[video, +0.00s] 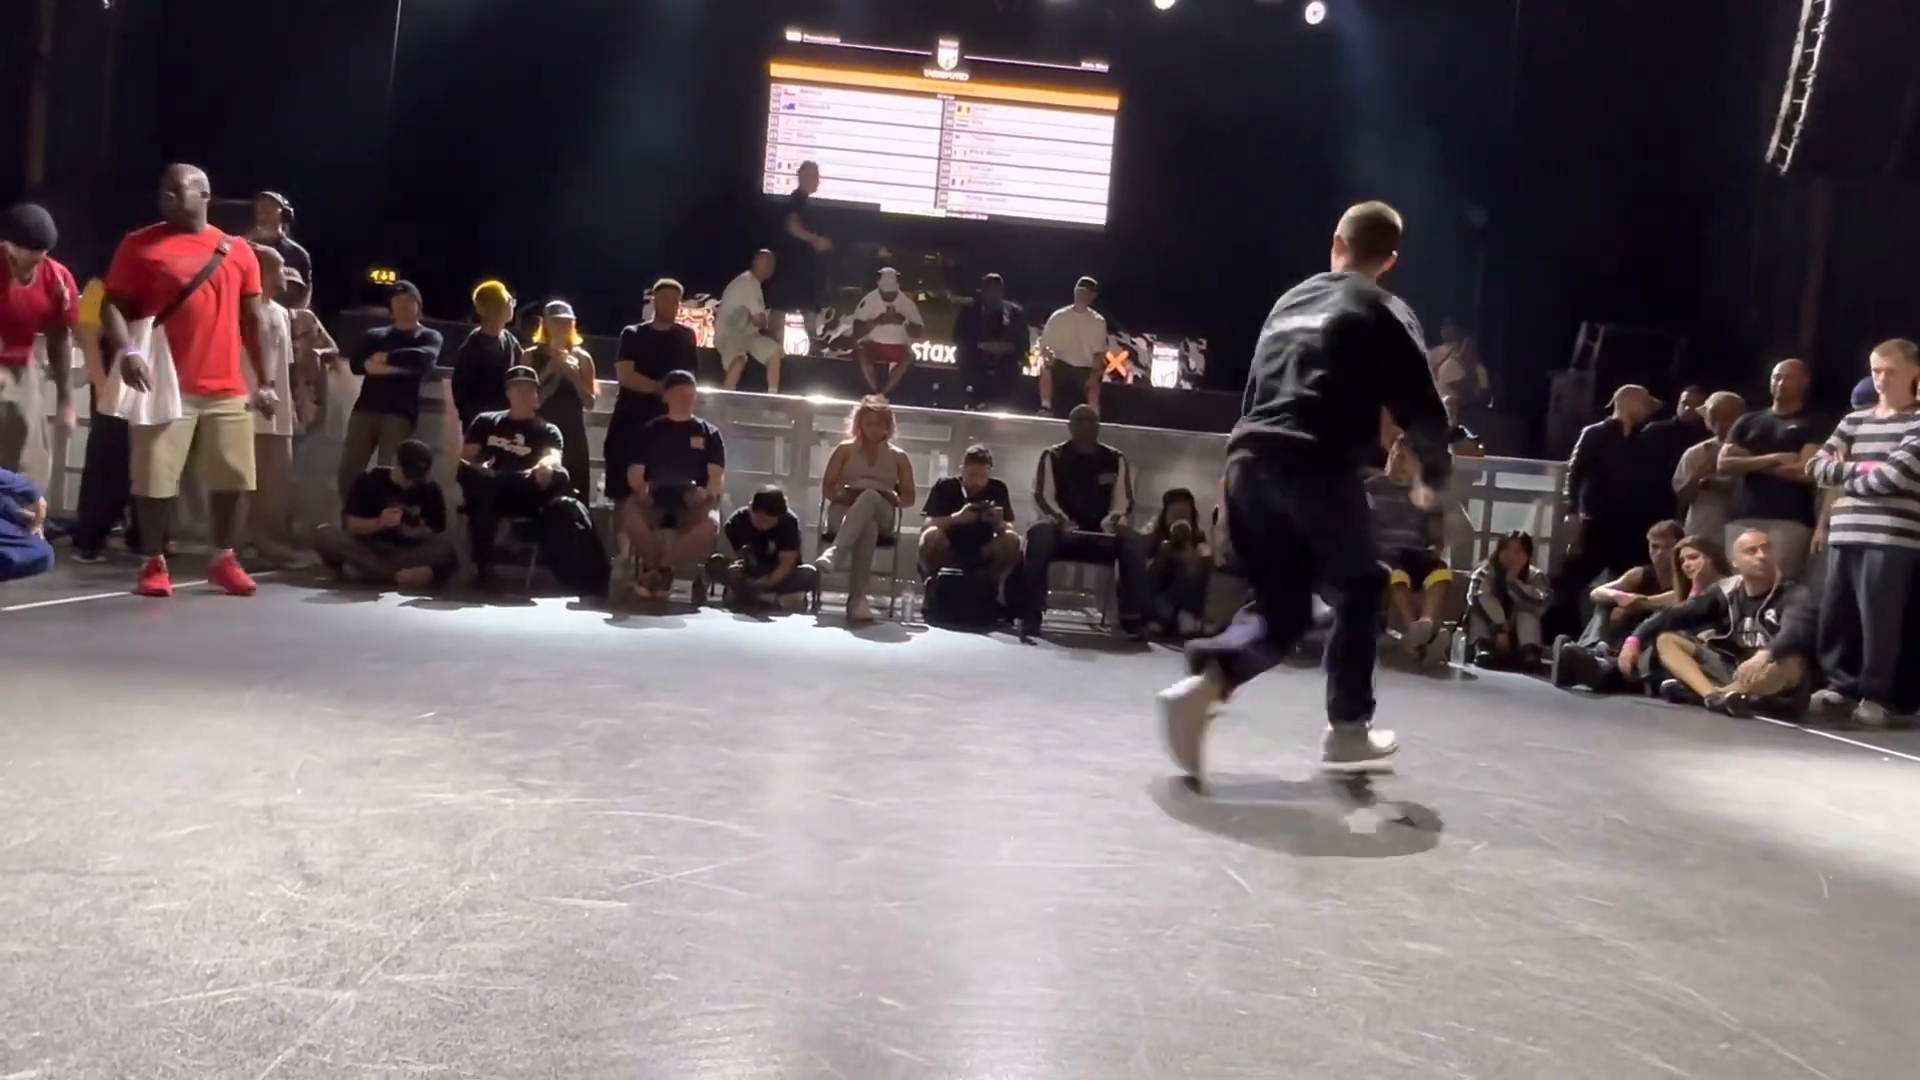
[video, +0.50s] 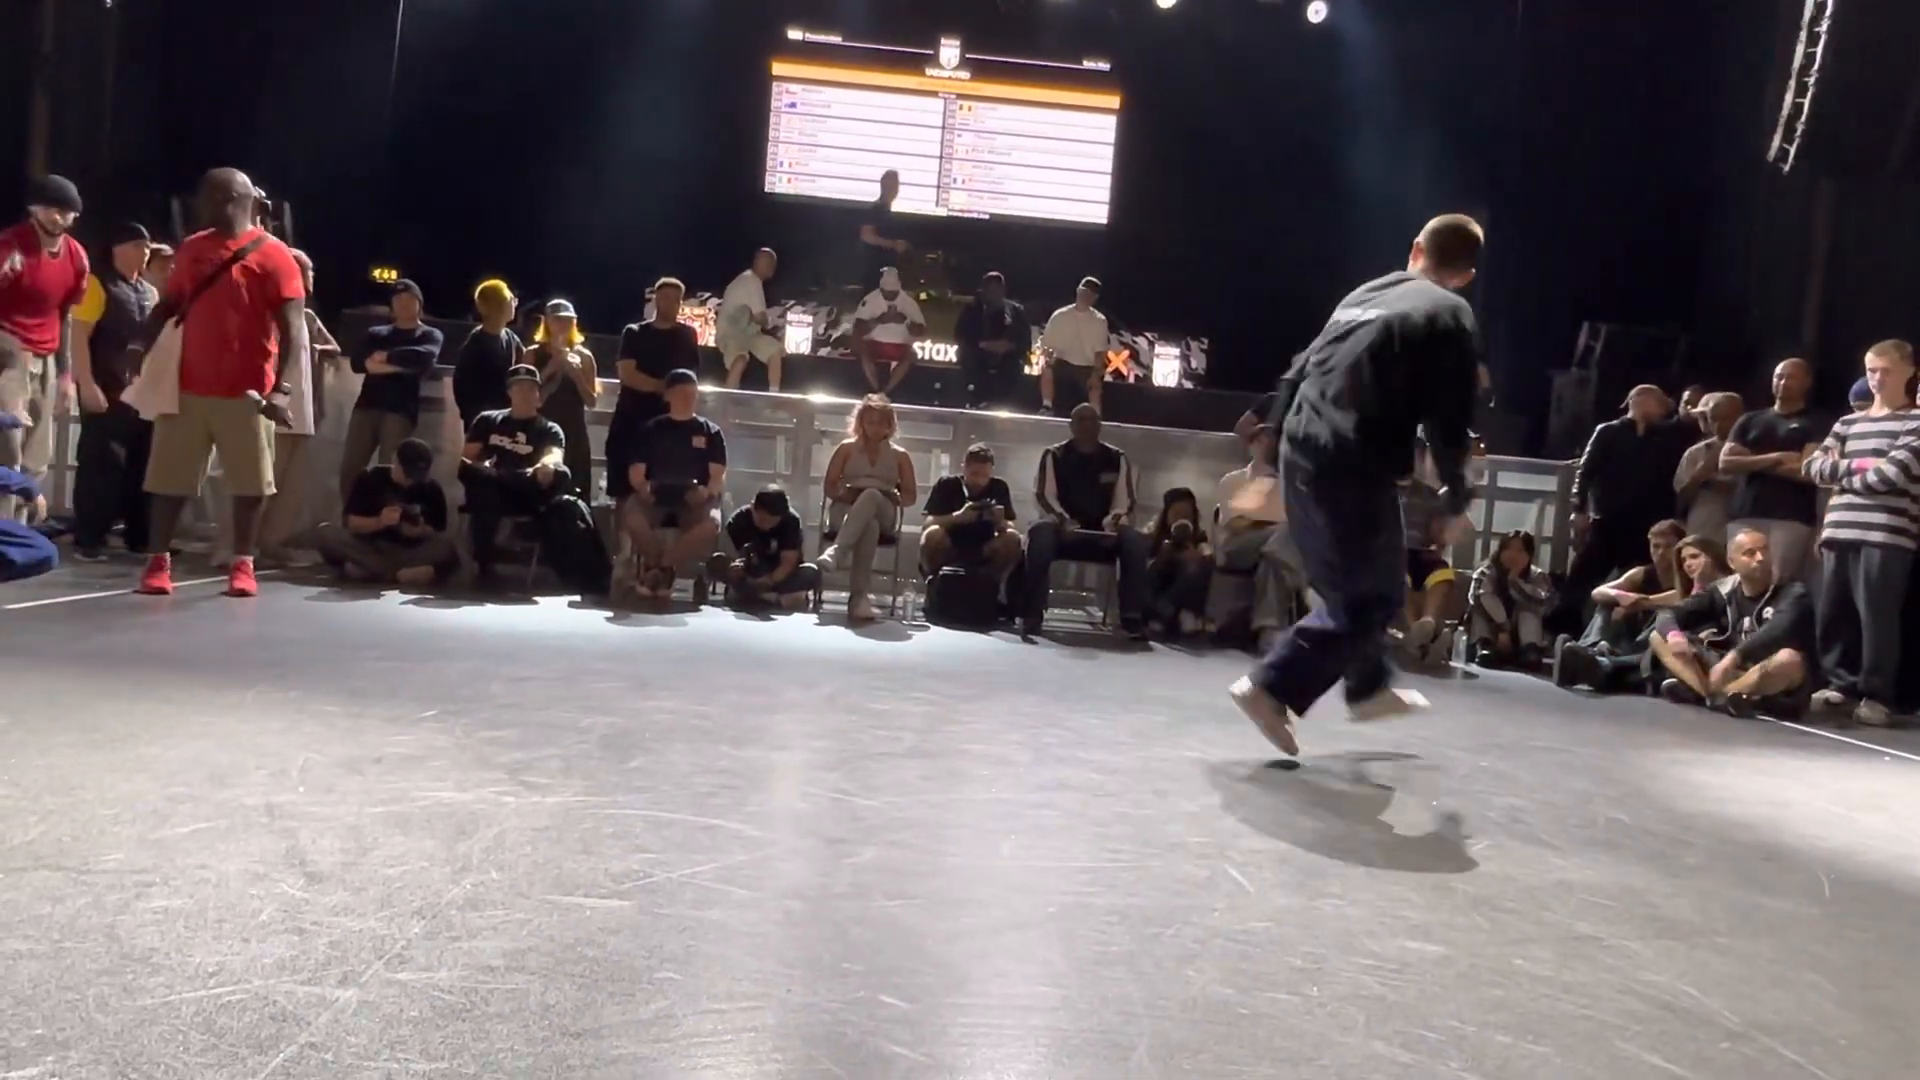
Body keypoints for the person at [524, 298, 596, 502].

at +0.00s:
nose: (562, 326)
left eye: (567, 321)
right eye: (556, 320)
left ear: (573, 324)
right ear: (545, 323)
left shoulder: (583, 358)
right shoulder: (531, 356)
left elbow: (589, 402)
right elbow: (529, 400)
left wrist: (573, 374)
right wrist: (553, 370)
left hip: (572, 431)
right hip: (540, 431)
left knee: (576, 492)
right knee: (538, 492)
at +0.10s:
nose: (563, 325)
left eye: (567, 320)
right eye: (557, 320)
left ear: (573, 324)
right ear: (546, 323)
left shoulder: (583, 357)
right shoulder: (532, 355)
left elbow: (590, 402)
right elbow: (531, 400)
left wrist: (573, 374)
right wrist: (553, 368)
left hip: (573, 430)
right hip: (540, 430)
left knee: (577, 492)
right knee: (539, 492)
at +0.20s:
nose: (563, 324)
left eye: (568, 319)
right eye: (557, 319)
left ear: (574, 323)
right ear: (547, 322)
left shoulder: (584, 357)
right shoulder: (533, 354)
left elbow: (591, 401)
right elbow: (531, 399)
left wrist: (575, 373)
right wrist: (554, 367)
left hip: (574, 429)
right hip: (541, 429)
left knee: (578, 491)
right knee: (540, 492)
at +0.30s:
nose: (563, 324)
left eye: (568, 319)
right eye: (557, 319)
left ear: (574, 323)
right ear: (547, 322)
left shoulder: (584, 356)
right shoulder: (533, 354)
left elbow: (591, 400)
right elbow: (530, 398)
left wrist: (574, 371)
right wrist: (553, 366)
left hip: (574, 428)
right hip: (541, 428)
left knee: (578, 490)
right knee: (540, 490)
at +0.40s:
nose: (562, 325)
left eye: (567, 319)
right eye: (557, 319)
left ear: (573, 323)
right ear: (547, 322)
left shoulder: (584, 357)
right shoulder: (533, 354)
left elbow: (591, 401)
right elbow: (529, 397)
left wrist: (575, 372)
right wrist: (553, 365)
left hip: (574, 429)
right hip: (541, 429)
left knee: (578, 491)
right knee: (539, 492)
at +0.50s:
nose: (563, 324)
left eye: (567, 319)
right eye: (557, 319)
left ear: (573, 323)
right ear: (547, 322)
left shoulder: (584, 356)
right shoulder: (533, 354)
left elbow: (591, 401)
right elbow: (529, 397)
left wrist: (575, 373)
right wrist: (553, 366)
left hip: (574, 428)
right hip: (541, 429)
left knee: (578, 490)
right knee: (540, 490)